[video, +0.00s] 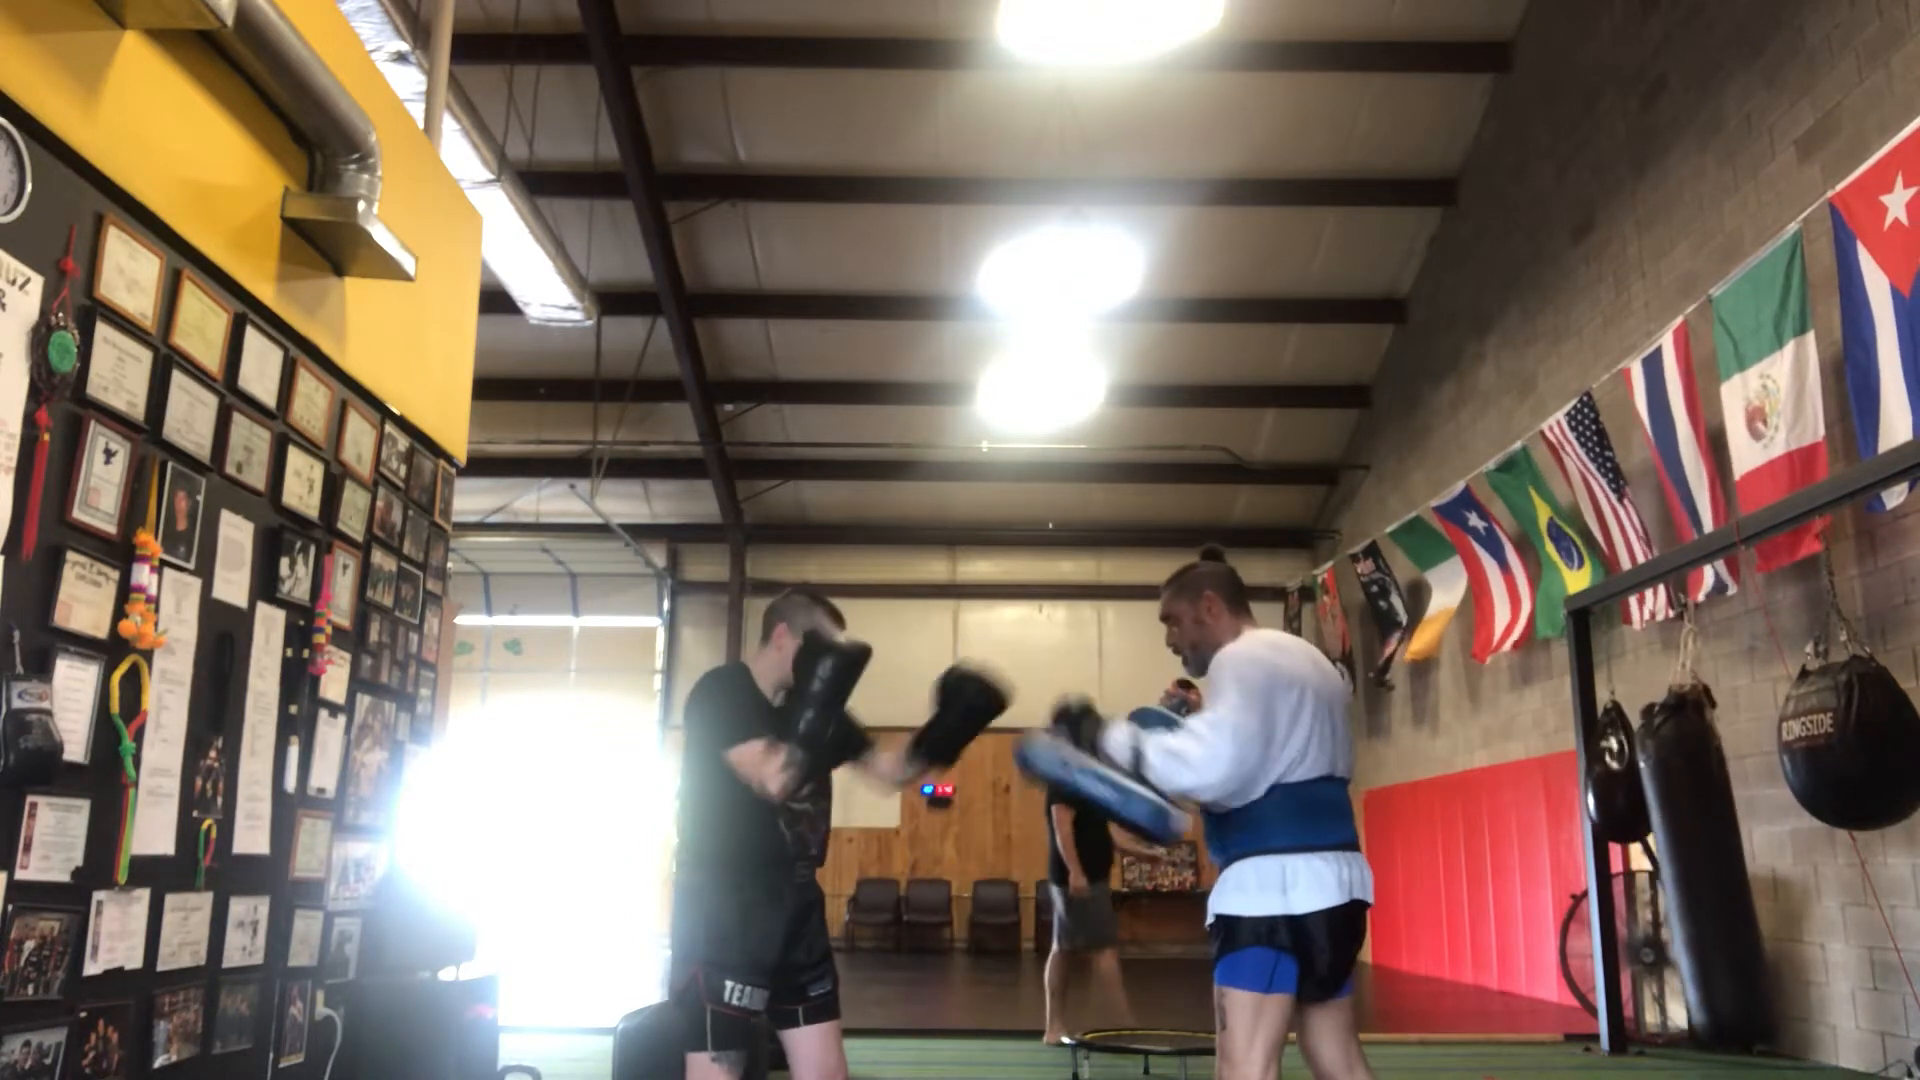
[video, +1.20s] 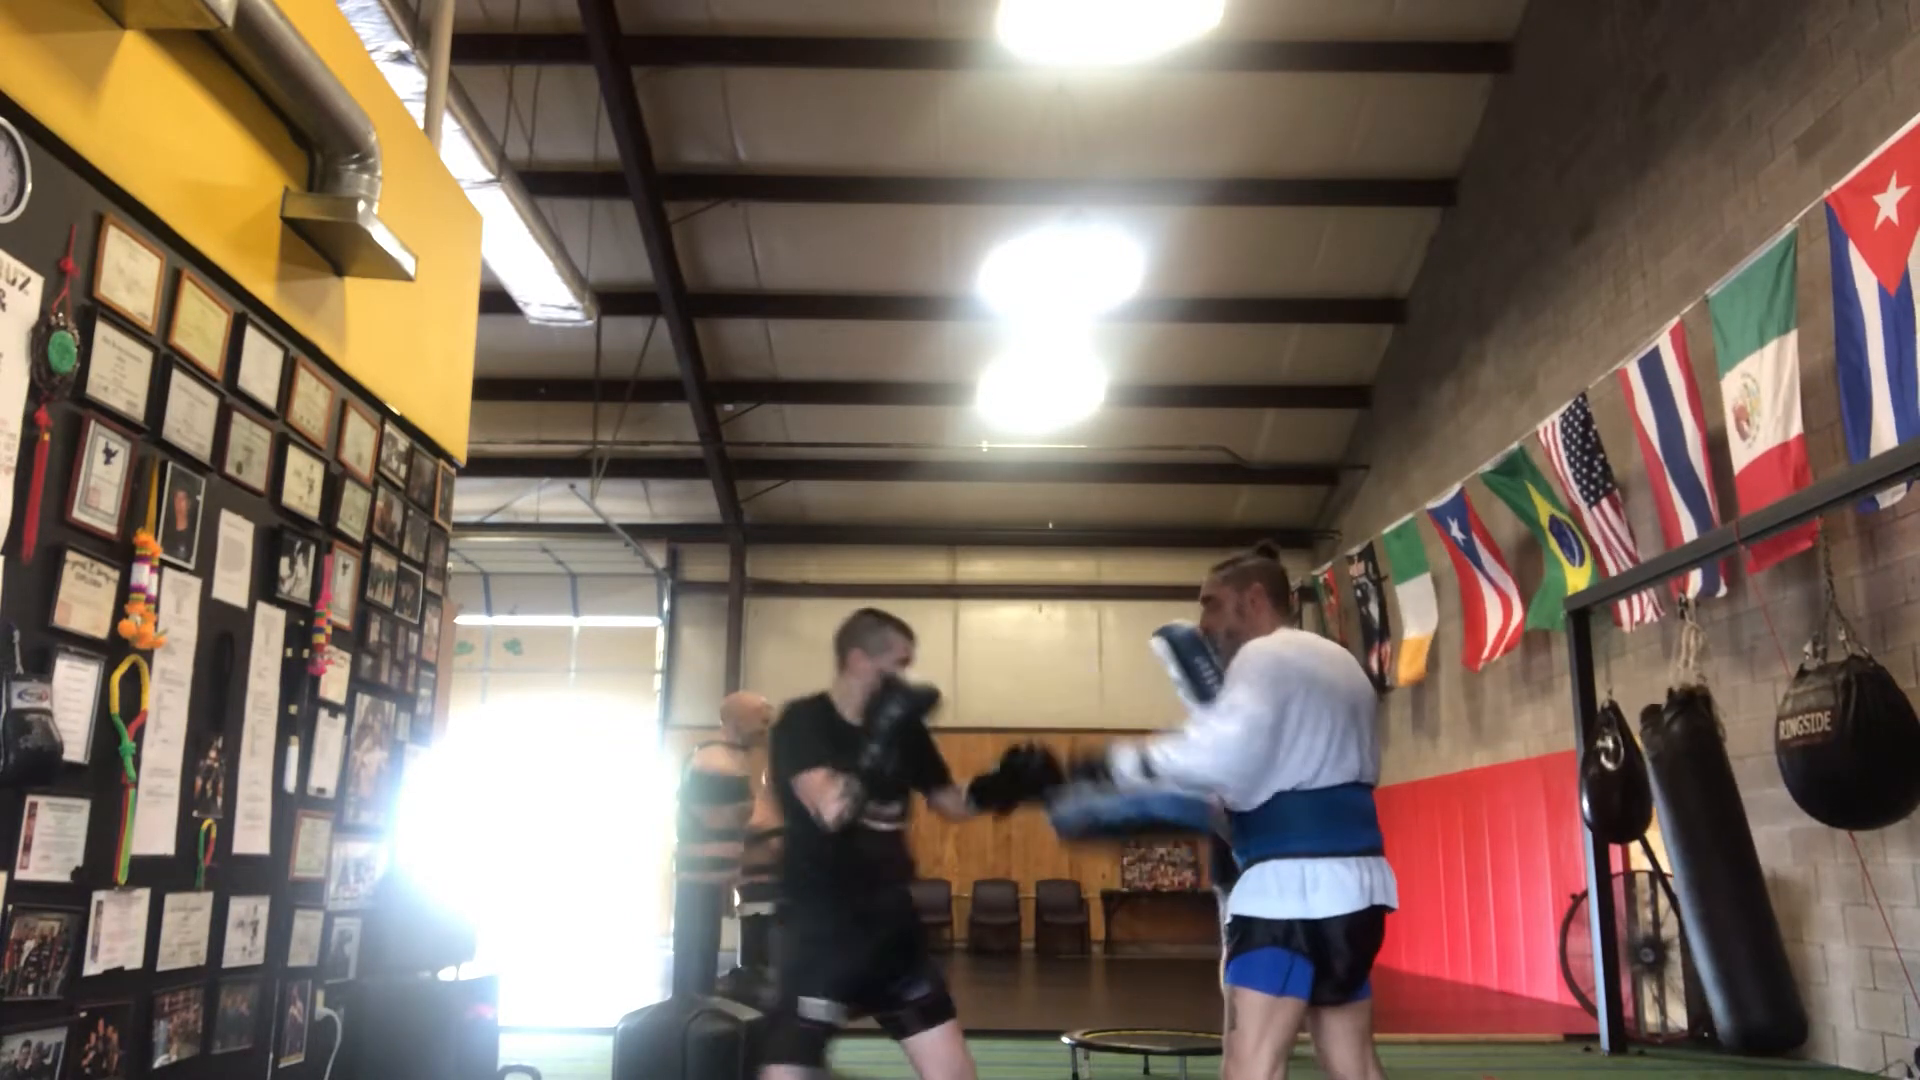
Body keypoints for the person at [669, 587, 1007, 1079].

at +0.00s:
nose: (823, 662)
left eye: (828, 651)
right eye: (816, 647)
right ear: (782, 636)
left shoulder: (812, 705)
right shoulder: (720, 691)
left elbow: (888, 770)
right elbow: (775, 779)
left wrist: (948, 728)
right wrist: (816, 702)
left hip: (797, 913)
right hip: (724, 915)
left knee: (824, 1070)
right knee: (715, 1070)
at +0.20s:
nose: (812, 670)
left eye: (818, 659)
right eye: (809, 655)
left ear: (775, 643)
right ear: (773, 640)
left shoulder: (783, 710)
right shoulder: (708, 694)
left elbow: (834, 797)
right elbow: (772, 780)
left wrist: (871, 721)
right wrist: (822, 703)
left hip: (786, 907)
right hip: (720, 909)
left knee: (822, 1069)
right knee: (713, 1070)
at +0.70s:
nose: (811, 656)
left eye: (817, 646)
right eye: (806, 643)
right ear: (772, 636)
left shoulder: (790, 702)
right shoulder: (711, 691)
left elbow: (881, 754)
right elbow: (780, 778)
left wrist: (949, 710)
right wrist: (815, 699)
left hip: (784, 904)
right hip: (716, 908)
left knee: (838, 1068)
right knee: (709, 1071)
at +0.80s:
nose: (824, 654)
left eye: (829, 644)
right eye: (817, 641)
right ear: (782, 636)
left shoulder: (810, 698)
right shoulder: (725, 686)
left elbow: (907, 744)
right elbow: (790, 771)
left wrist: (973, 697)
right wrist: (826, 692)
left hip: (795, 900)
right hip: (725, 904)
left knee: (883, 1044)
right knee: (709, 1070)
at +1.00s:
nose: (851, 650)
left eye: (855, 641)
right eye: (843, 639)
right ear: (811, 632)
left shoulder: (847, 695)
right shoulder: (753, 687)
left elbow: (940, 714)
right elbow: (816, 764)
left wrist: (968, 646)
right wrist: (850, 683)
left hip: (834, 898)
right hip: (759, 905)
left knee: (942, 1021)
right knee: (731, 1070)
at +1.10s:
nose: (872, 660)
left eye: (876, 649)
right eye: (864, 647)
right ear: (831, 644)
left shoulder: (870, 703)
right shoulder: (771, 701)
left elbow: (941, 760)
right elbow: (825, 781)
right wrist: (866, 701)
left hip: (860, 912)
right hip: (782, 916)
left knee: (942, 1054)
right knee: (753, 1071)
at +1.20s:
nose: (904, 676)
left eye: (906, 665)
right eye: (896, 664)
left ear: (867, 663)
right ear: (857, 660)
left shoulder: (900, 723)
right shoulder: (800, 722)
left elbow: (950, 802)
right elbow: (832, 811)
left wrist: (1006, 784)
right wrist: (882, 734)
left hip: (889, 923)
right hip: (819, 926)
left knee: (952, 1069)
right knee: (788, 1068)